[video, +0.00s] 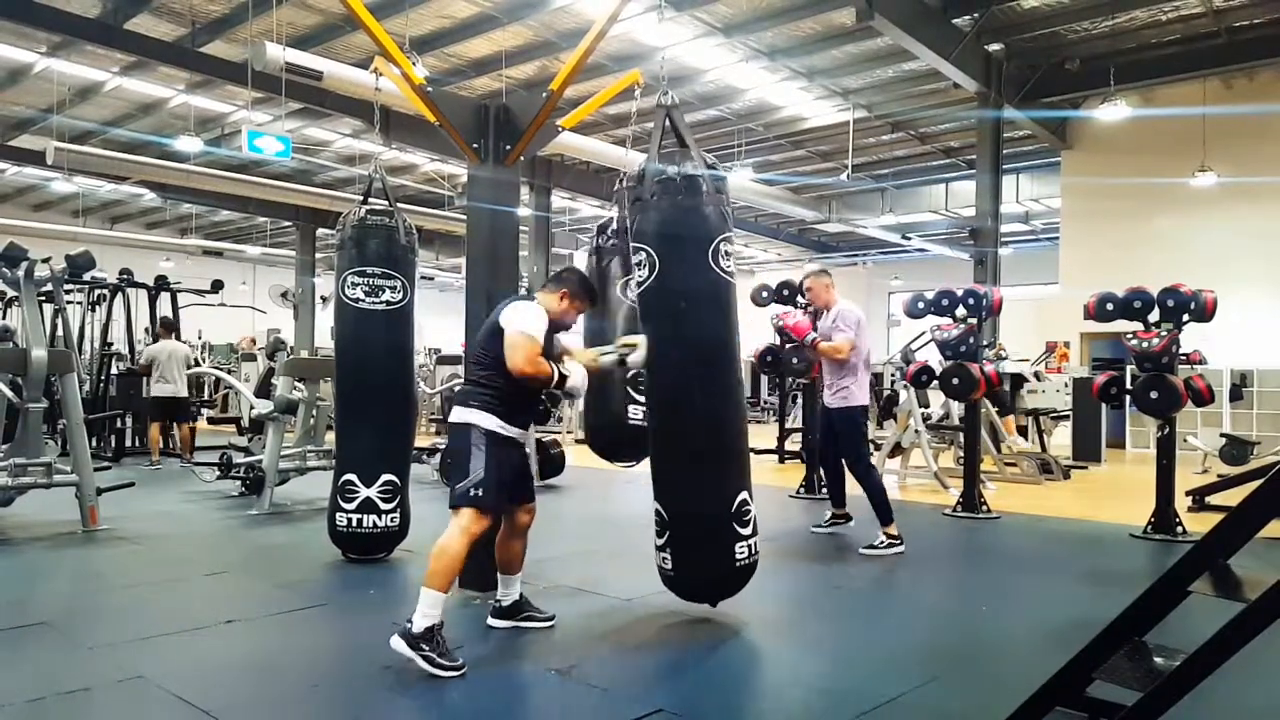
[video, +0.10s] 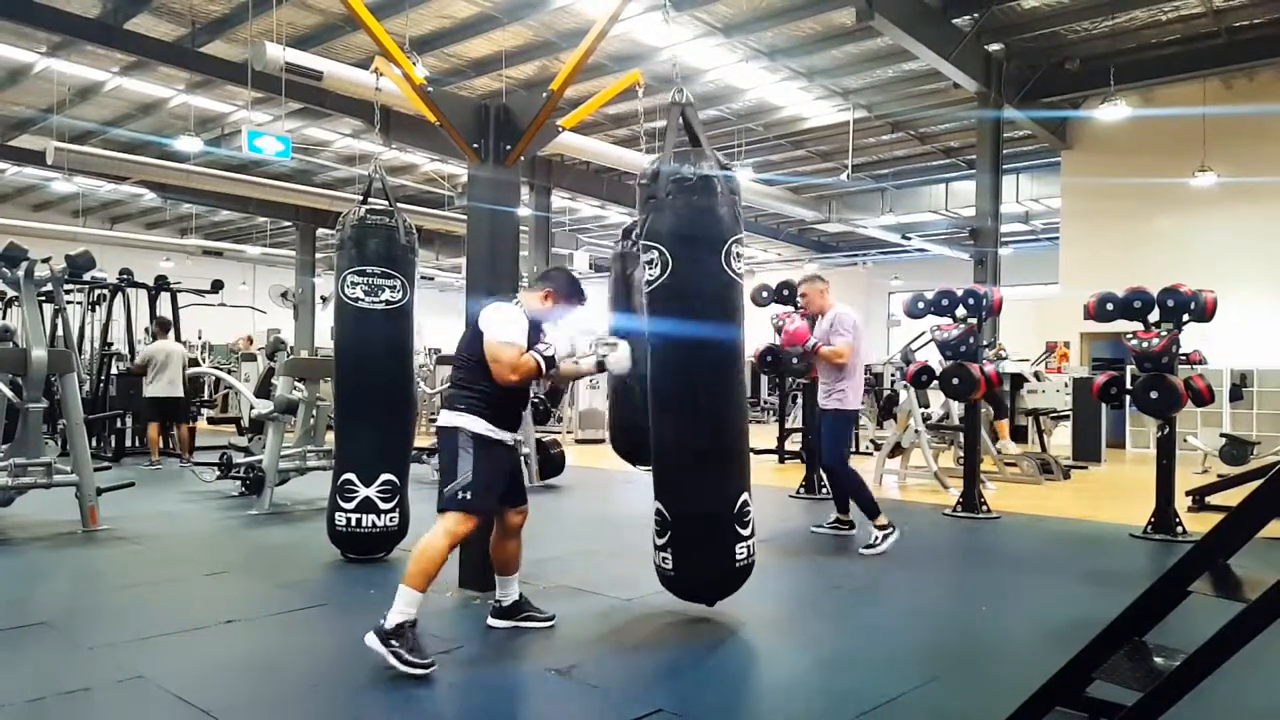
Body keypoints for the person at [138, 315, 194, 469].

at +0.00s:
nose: (158, 331)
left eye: (159, 329)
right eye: (159, 329)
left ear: (160, 330)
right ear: (173, 331)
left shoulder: (152, 349)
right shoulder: (184, 348)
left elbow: (142, 368)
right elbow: (190, 364)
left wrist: (157, 370)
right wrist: (176, 368)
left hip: (159, 393)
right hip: (180, 393)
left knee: (155, 424)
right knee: (183, 425)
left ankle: (155, 459)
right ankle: (186, 457)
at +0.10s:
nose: (154, 330)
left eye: (154, 328)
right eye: (155, 328)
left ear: (156, 329)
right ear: (170, 330)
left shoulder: (150, 349)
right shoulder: (180, 348)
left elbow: (137, 366)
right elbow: (185, 364)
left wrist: (151, 369)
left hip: (154, 392)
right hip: (176, 392)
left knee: (153, 424)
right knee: (182, 424)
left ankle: (155, 459)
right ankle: (185, 457)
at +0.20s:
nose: (150, 328)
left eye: (151, 326)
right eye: (151, 326)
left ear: (154, 329)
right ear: (166, 330)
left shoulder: (147, 349)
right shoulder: (177, 348)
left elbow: (135, 368)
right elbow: (183, 363)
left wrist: (151, 371)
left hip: (153, 393)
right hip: (175, 393)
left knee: (153, 424)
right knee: (179, 424)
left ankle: (154, 459)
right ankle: (182, 457)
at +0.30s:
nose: (149, 329)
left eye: (150, 327)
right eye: (150, 326)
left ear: (152, 329)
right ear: (165, 330)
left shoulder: (146, 348)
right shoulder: (175, 347)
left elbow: (134, 367)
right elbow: (181, 363)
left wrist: (150, 370)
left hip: (152, 393)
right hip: (173, 392)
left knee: (152, 424)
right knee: (178, 423)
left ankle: (154, 459)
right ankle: (180, 457)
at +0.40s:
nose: (149, 329)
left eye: (150, 327)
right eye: (151, 327)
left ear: (151, 329)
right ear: (164, 330)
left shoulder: (145, 348)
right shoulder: (175, 347)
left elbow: (133, 368)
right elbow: (179, 363)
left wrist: (149, 370)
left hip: (151, 393)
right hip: (173, 392)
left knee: (152, 424)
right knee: (177, 424)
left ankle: (154, 459)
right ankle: (180, 457)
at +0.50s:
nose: (149, 329)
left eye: (150, 327)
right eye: (151, 327)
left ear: (151, 329)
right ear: (165, 330)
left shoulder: (144, 348)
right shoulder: (175, 347)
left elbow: (132, 369)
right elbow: (180, 364)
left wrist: (148, 370)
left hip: (151, 393)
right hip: (173, 392)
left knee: (152, 424)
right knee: (176, 424)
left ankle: (154, 459)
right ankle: (177, 457)